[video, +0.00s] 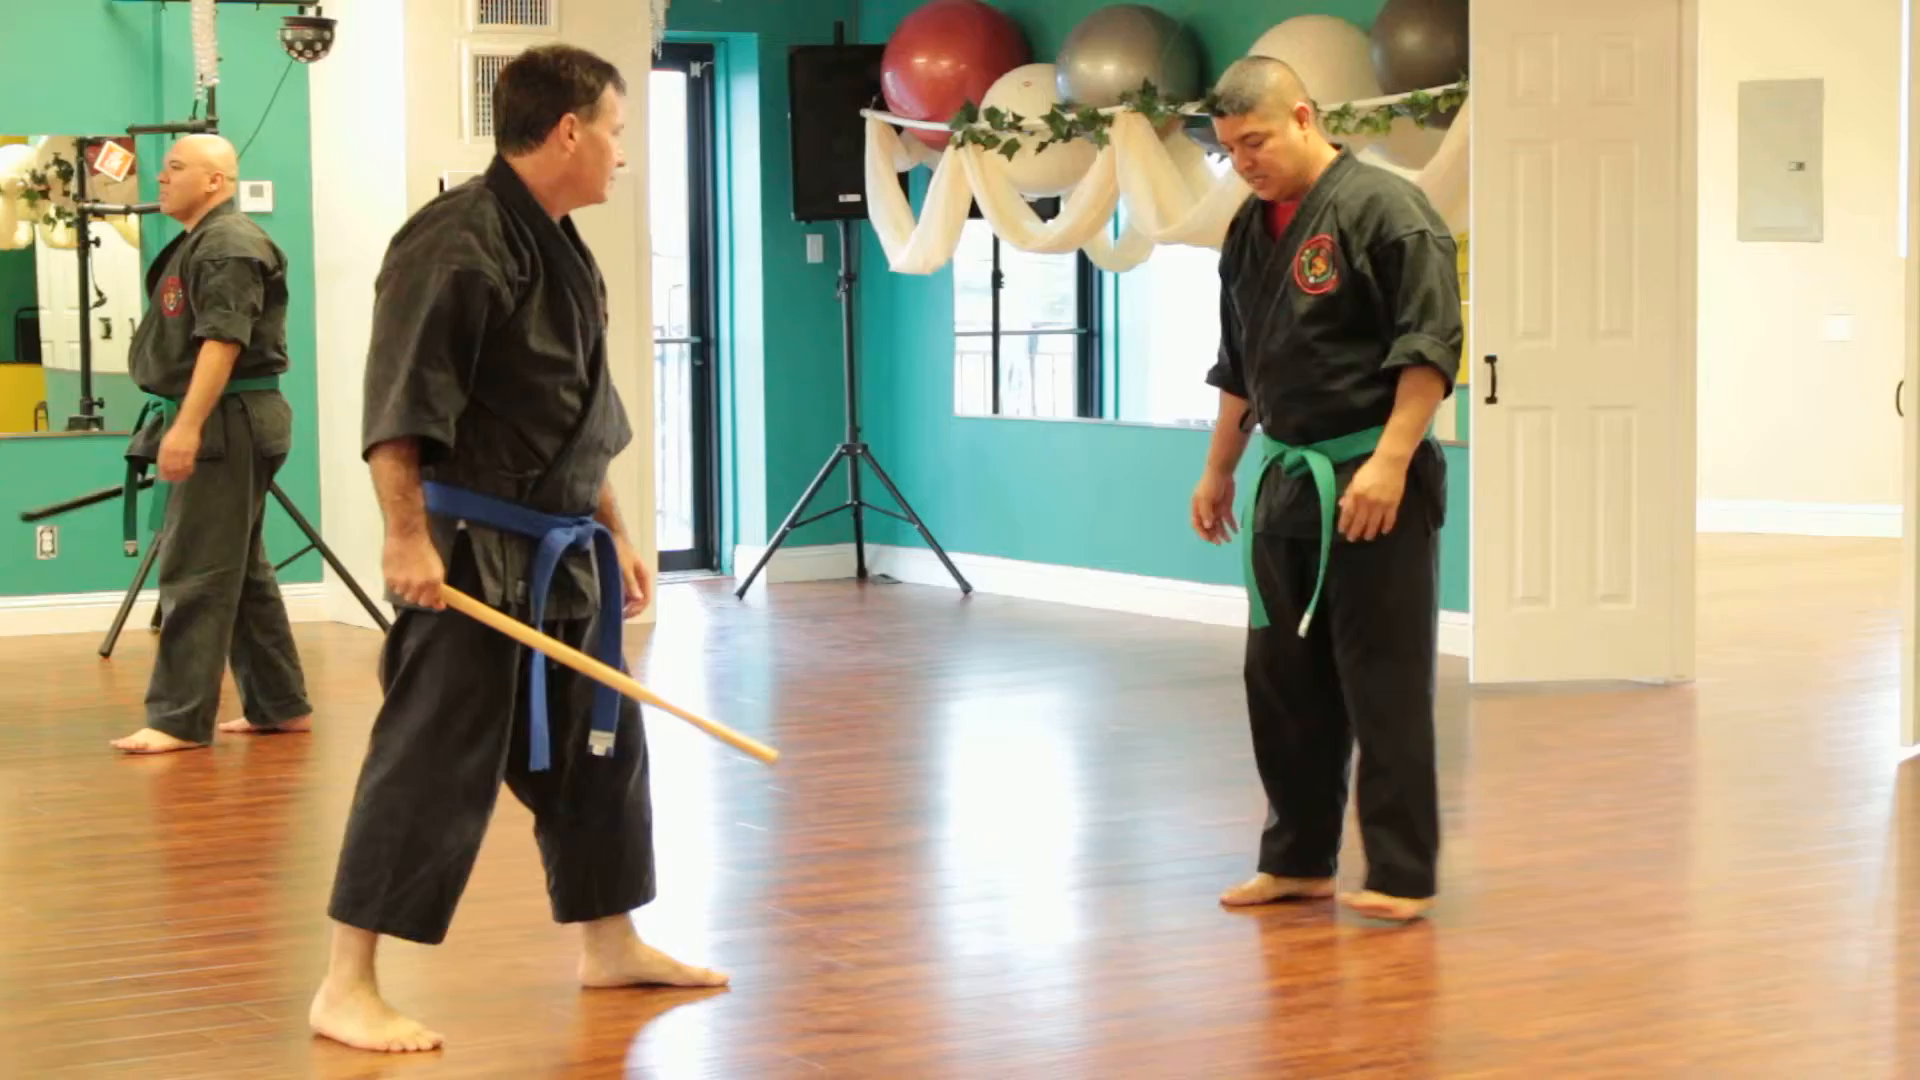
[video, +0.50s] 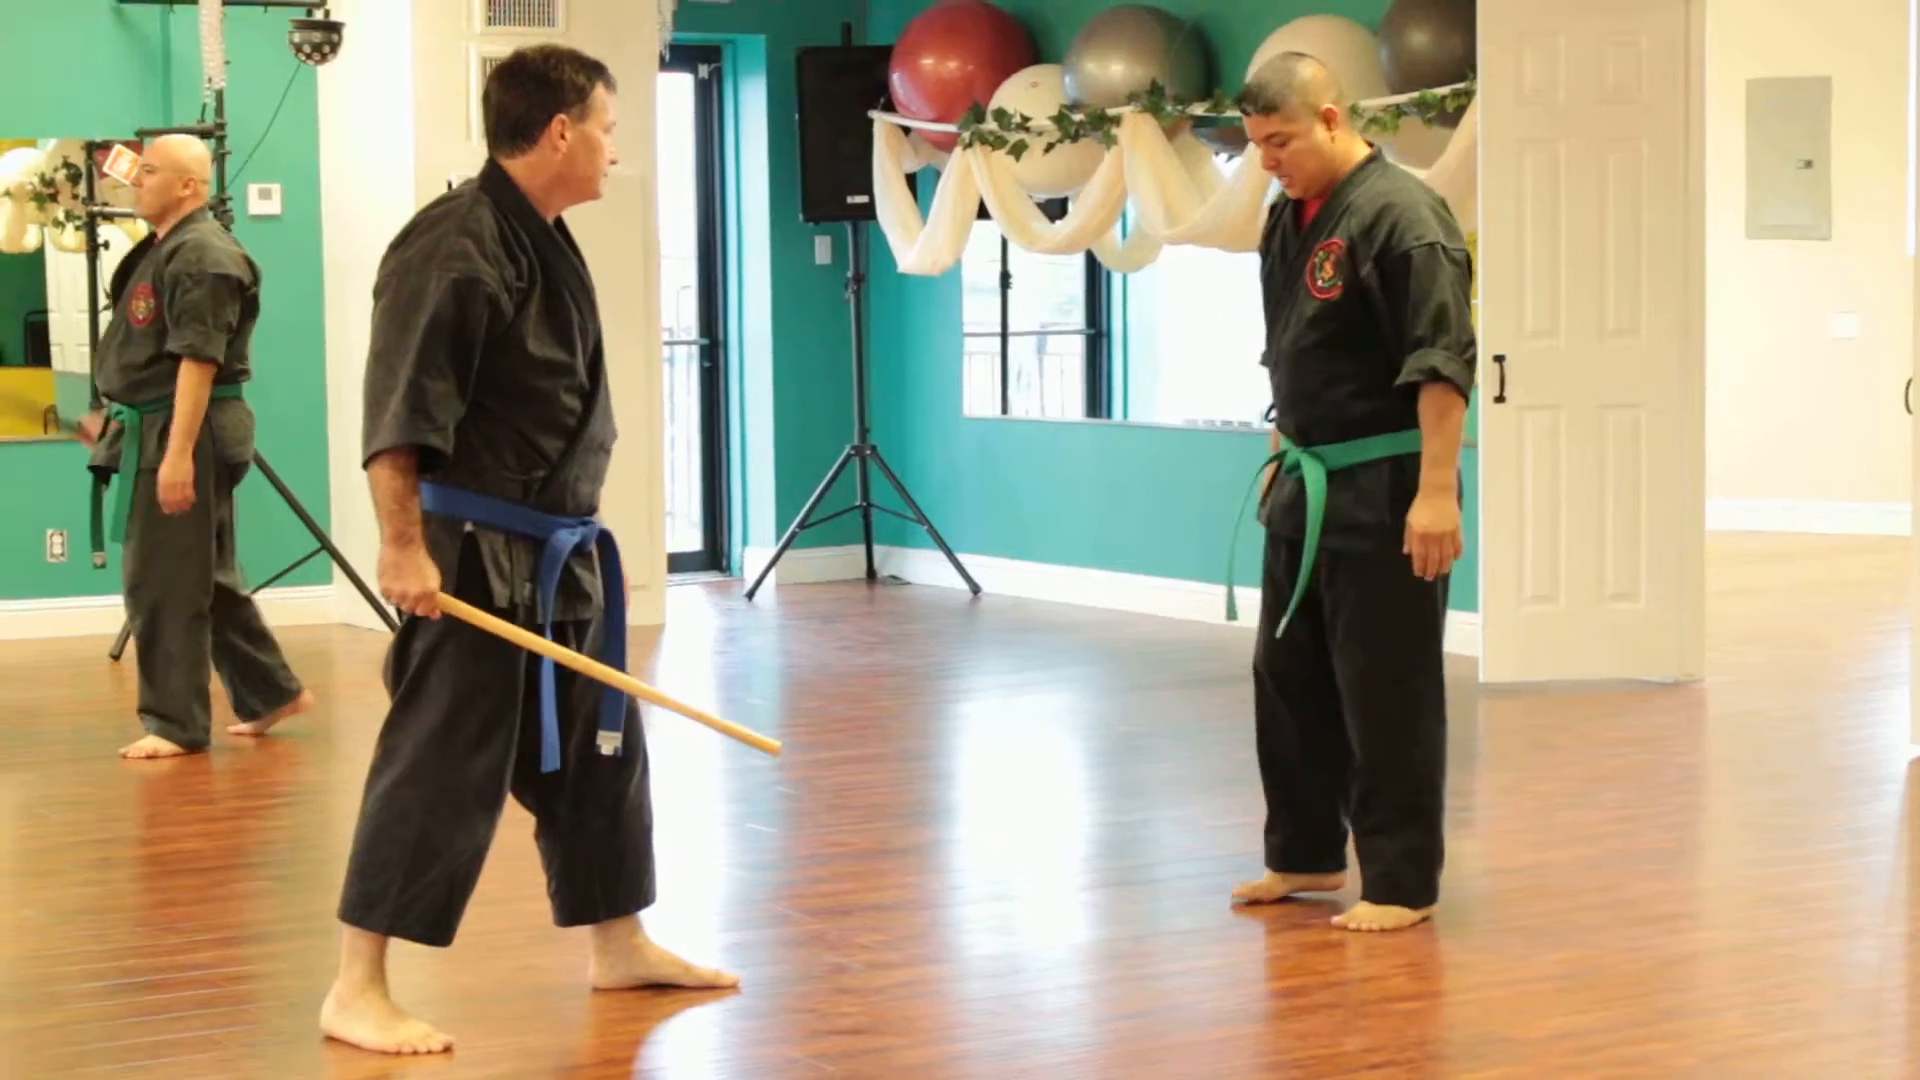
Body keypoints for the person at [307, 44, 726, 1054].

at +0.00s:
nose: (622, 155)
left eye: (622, 135)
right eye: (615, 134)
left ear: (562, 132)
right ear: (567, 133)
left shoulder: (566, 253)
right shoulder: (450, 240)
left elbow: (579, 415)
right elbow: (394, 404)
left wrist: (619, 531)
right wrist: (405, 537)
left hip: (568, 539)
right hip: (471, 537)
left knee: (597, 731)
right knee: (426, 750)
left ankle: (612, 946)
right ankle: (346, 986)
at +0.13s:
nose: (620, 152)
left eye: (619, 132)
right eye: (613, 132)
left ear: (559, 131)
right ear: (565, 132)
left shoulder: (563, 252)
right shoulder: (450, 241)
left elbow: (576, 415)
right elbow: (395, 404)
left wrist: (615, 530)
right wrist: (405, 537)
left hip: (565, 537)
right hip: (472, 536)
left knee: (597, 731)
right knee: (428, 749)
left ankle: (614, 945)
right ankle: (347, 986)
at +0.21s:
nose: (619, 152)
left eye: (617, 131)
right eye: (612, 131)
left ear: (556, 131)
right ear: (564, 131)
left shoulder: (556, 248)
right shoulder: (450, 240)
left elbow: (569, 415)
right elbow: (394, 403)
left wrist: (609, 529)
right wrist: (402, 538)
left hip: (562, 535)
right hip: (471, 536)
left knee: (595, 732)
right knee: (429, 749)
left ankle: (615, 946)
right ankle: (348, 987)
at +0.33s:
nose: (612, 154)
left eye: (611, 133)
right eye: (606, 133)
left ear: (552, 130)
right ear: (559, 130)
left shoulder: (545, 242)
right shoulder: (448, 241)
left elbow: (551, 416)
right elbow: (391, 405)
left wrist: (593, 536)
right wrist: (400, 540)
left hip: (560, 537)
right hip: (471, 538)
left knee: (592, 734)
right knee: (428, 751)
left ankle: (615, 947)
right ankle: (349, 988)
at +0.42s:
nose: (611, 153)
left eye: (610, 133)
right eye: (604, 133)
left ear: (550, 132)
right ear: (557, 131)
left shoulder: (542, 240)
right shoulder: (449, 242)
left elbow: (550, 410)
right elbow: (392, 405)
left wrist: (585, 536)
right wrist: (398, 542)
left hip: (561, 538)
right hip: (474, 540)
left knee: (595, 734)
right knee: (431, 752)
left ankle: (618, 948)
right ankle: (351, 988)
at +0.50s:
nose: (613, 154)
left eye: (613, 134)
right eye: (606, 134)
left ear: (550, 134)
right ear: (557, 132)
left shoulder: (542, 239)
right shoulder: (451, 244)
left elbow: (543, 407)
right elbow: (393, 406)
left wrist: (578, 535)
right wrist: (402, 543)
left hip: (564, 539)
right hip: (477, 541)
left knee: (598, 735)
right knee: (435, 754)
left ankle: (622, 949)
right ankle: (356, 989)